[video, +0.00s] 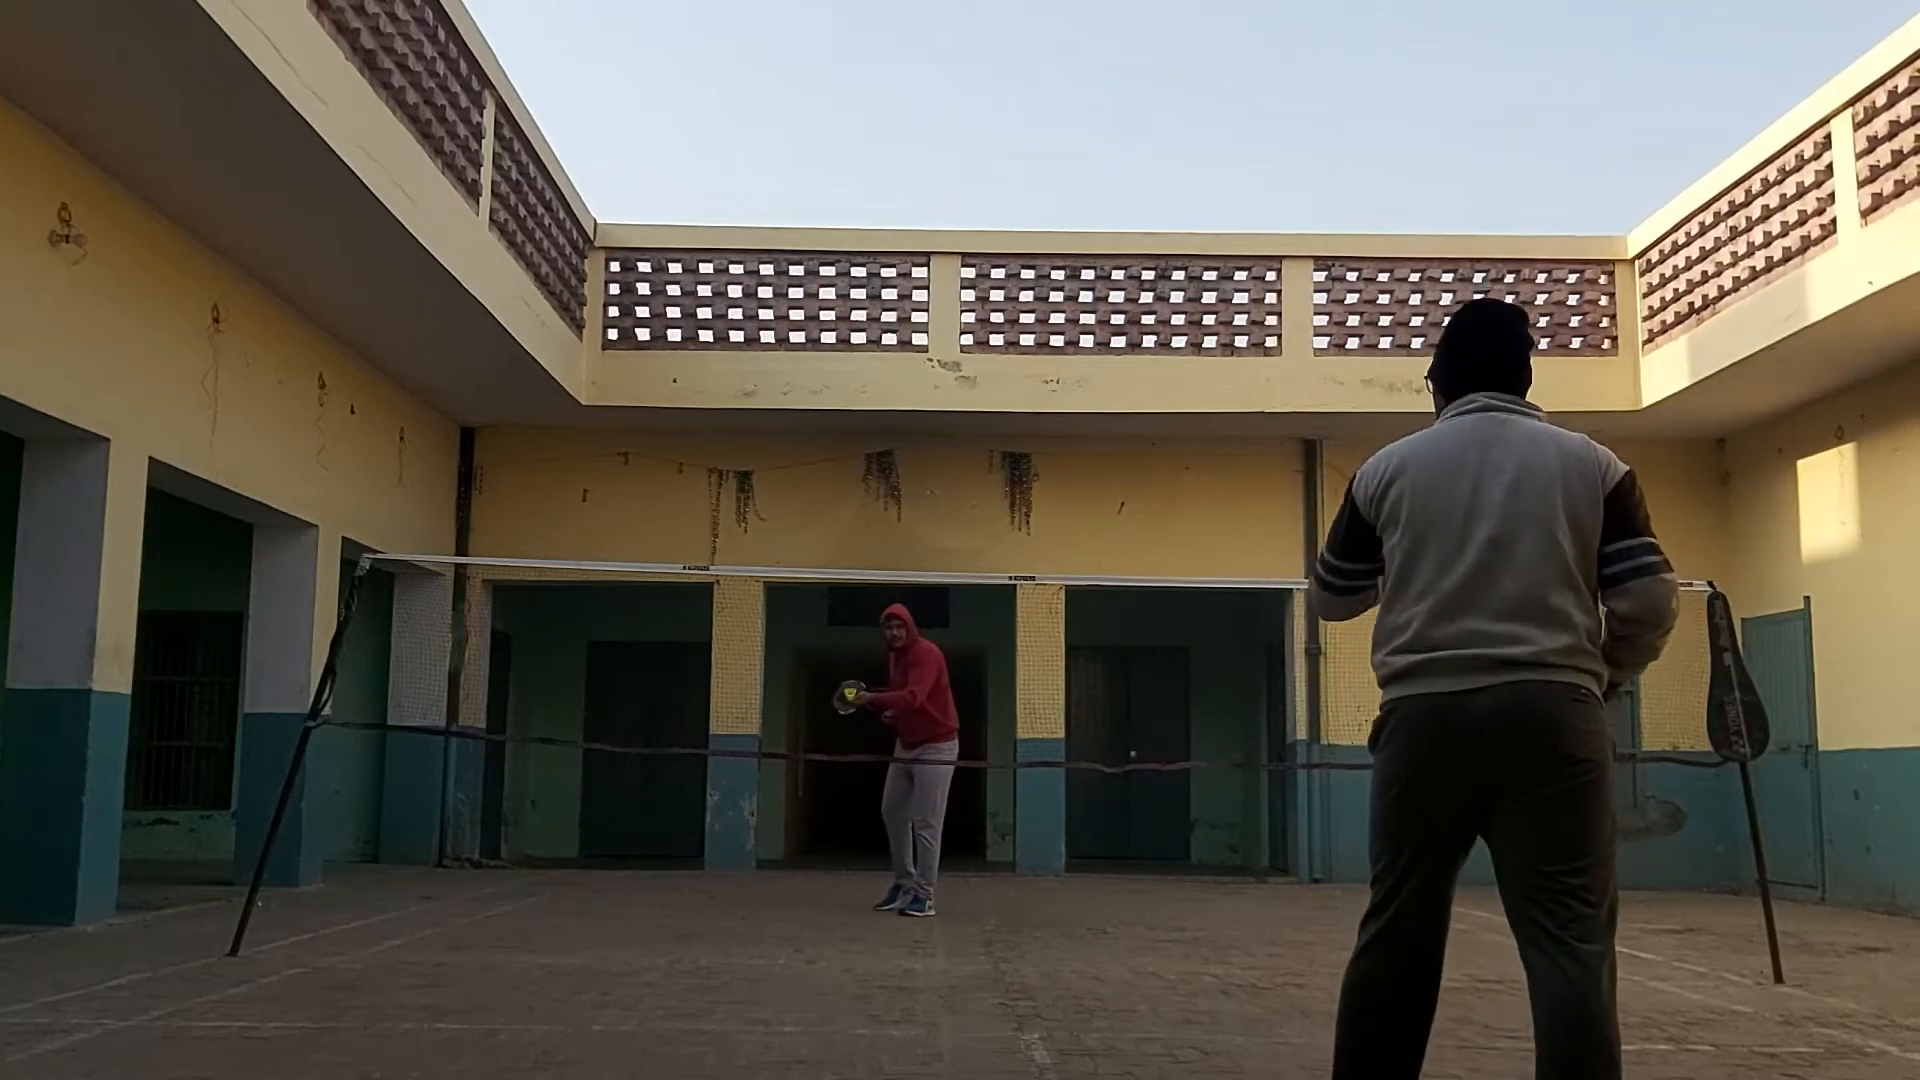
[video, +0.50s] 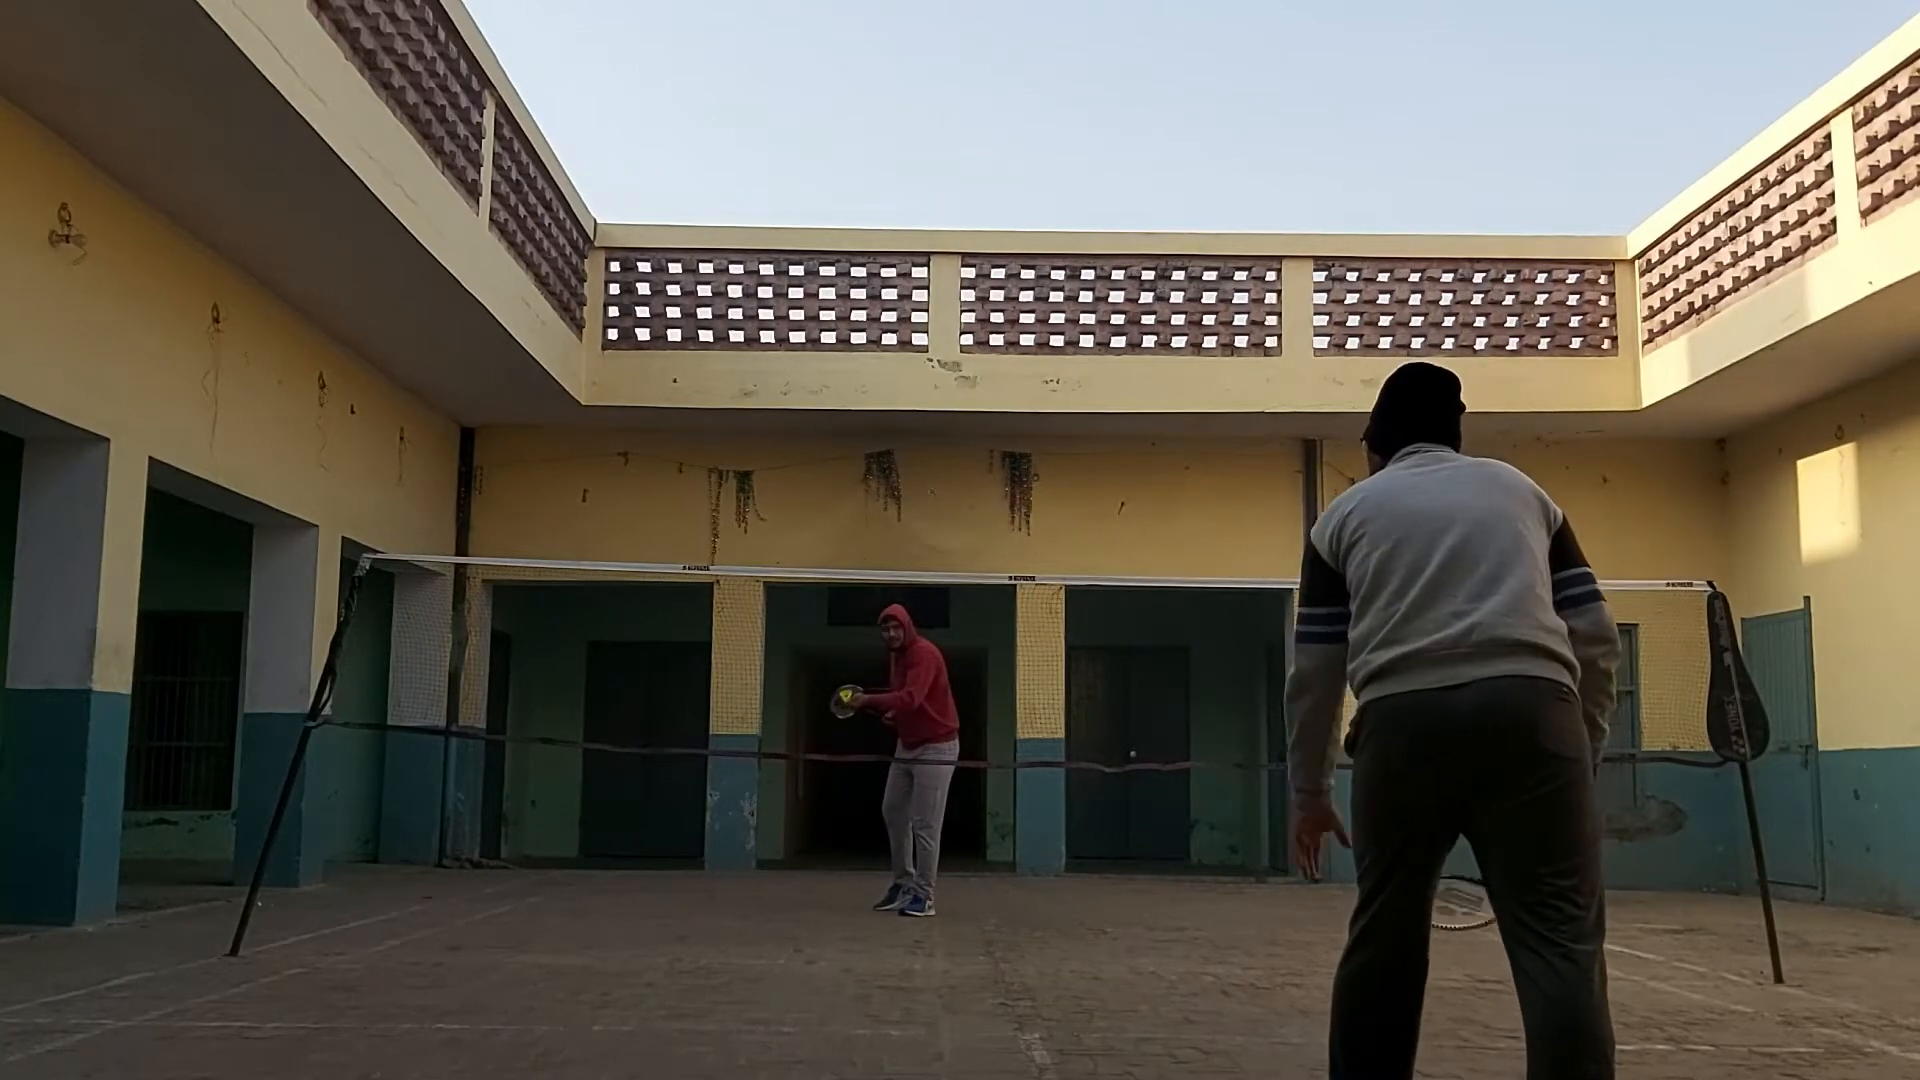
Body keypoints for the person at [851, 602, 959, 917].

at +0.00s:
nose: (894, 632)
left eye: (899, 626)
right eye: (889, 627)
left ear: (911, 628)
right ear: (883, 632)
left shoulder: (926, 653)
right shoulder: (896, 656)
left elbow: (913, 697)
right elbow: (904, 697)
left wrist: (867, 698)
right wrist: (892, 710)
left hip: (936, 747)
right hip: (906, 745)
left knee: (926, 821)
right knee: (893, 813)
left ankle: (923, 894)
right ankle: (904, 884)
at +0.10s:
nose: (893, 633)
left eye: (898, 627)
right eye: (888, 628)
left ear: (909, 629)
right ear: (883, 633)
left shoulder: (925, 653)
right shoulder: (896, 656)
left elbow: (911, 698)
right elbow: (906, 699)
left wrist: (865, 699)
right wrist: (894, 711)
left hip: (936, 747)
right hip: (907, 745)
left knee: (926, 822)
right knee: (893, 812)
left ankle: (923, 895)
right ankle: (903, 884)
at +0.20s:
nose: (892, 633)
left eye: (897, 627)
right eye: (887, 629)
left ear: (909, 629)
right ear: (882, 634)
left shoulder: (925, 653)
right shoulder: (896, 656)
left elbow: (911, 698)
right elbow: (905, 699)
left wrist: (865, 699)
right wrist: (894, 712)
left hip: (936, 747)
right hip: (907, 745)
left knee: (925, 822)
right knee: (893, 813)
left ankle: (923, 895)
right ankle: (903, 885)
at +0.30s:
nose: (892, 633)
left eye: (897, 627)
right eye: (887, 629)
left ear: (909, 629)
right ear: (882, 633)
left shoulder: (925, 653)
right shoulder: (896, 656)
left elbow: (911, 698)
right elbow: (906, 699)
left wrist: (864, 700)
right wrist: (894, 712)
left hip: (936, 747)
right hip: (907, 745)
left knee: (925, 823)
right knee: (894, 812)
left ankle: (923, 895)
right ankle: (903, 885)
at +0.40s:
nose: (891, 632)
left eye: (896, 627)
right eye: (887, 628)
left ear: (908, 629)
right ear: (882, 633)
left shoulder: (924, 653)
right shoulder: (897, 656)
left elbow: (910, 698)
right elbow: (906, 698)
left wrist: (864, 700)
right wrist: (895, 712)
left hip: (936, 748)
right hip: (908, 746)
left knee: (925, 823)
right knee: (894, 813)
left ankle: (924, 896)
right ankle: (903, 885)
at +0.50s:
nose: (892, 632)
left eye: (897, 627)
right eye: (887, 628)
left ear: (908, 628)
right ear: (883, 633)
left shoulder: (924, 653)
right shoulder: (897, 655)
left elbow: (910, 698)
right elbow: (906, 697)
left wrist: (864, 700)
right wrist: (895, 712)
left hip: (936, 747)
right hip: (908, 746)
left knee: (925, 823)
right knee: (893, 812)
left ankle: (924, 895)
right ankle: (903, 885)